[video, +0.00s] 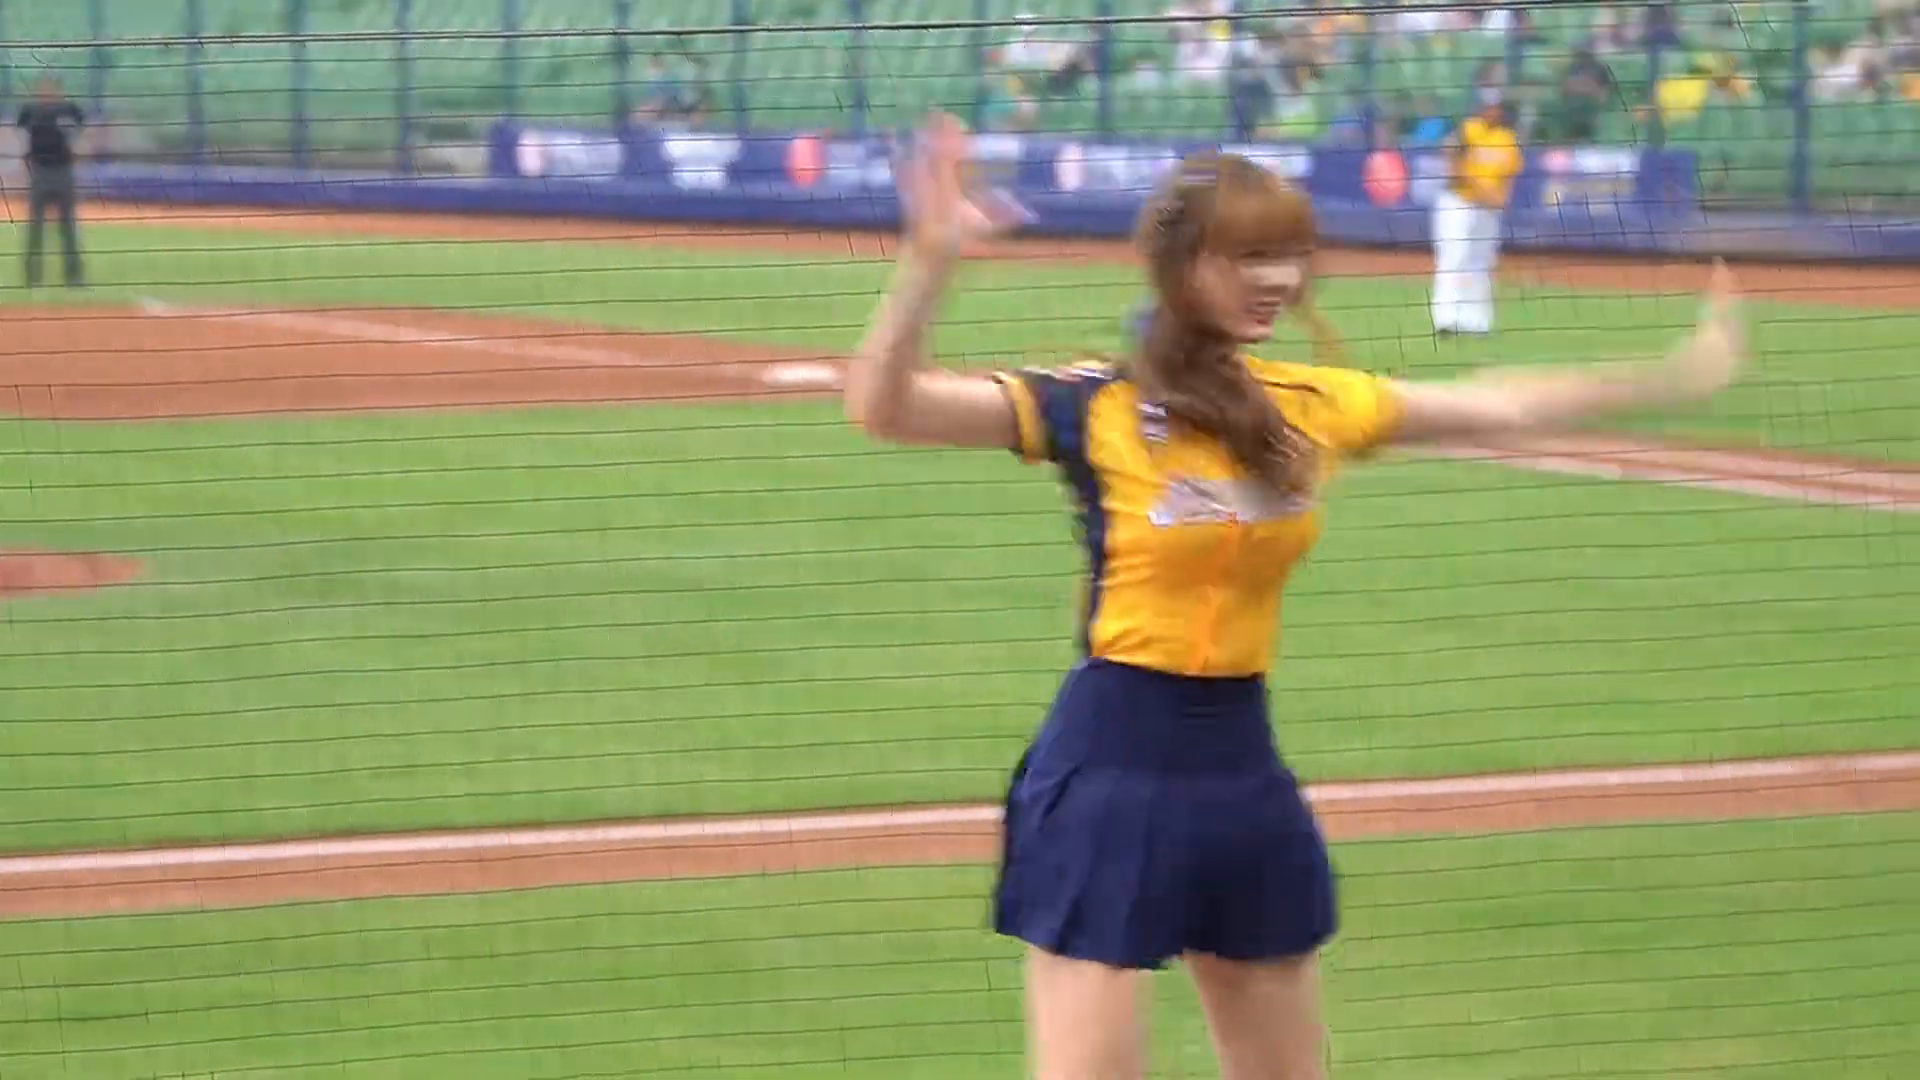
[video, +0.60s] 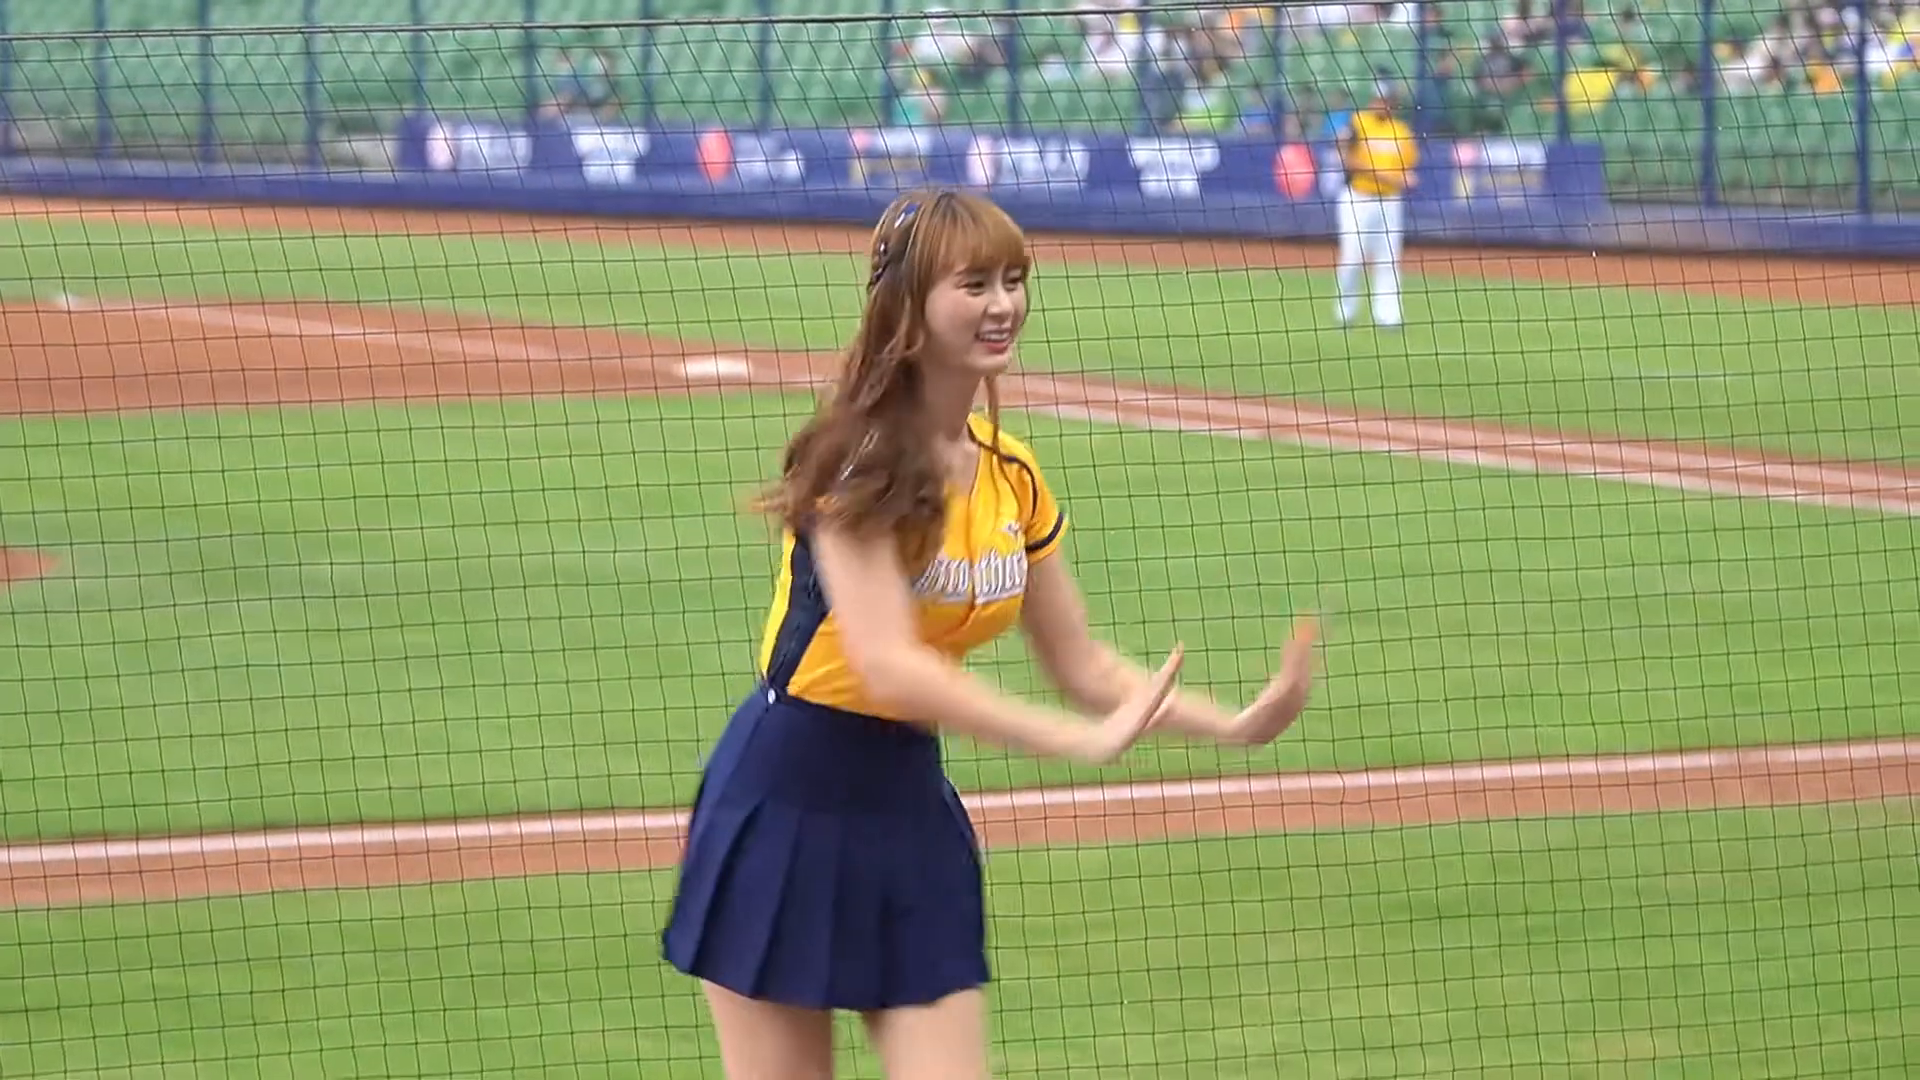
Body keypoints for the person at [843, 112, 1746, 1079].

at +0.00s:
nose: (1279, 279)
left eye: (1291, 258)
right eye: (1254, 256)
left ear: (1300, 269)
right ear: (1180, 261)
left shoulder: (1321, 405)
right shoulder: (1095, 405)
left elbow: (1510, 408)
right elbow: (883, 408)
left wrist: (1675, 377)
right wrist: (925, 259)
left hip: (1239, 756)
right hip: (1108, 758)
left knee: (1287, 1061)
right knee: (1087, 1063)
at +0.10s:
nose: (1156, 313)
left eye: (1167, 290)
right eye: (1130, 292)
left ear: (1181, 296)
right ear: (1054, 301)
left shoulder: (1209, 406)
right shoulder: (984, 430)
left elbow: (1359, 294)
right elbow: (819, 340)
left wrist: (1499, 177)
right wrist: (775, 179)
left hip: (1175, 796)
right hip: (1039, 802)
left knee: (1224, 1064)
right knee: (985, 1066)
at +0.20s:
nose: (1071, 321)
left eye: (1079, 298)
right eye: (1045, 299)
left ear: (1089, 308)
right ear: (975, 317)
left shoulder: (1108, 425)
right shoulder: (907, 461)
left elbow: (1258, 337)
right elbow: (746, 380)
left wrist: (1377, 191)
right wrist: (659, 244)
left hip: (1101, 812)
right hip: (961, 821)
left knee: (1164, 1063)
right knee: (927, 1065)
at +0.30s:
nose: (1039, 290)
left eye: (1044, 268)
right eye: (1014, 266)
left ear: (1048, 281)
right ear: (938, 285)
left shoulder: (1059, 415)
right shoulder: (865, 441)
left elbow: (1159, 507)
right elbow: (698, 512)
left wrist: (1284, 459)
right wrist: (627, 525)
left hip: (1048, 777)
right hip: (917, 786)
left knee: (1156, 1063)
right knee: (884, 1067)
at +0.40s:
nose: (1007, 319)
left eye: (1016, 296)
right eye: (980, 296)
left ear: (1027, 308)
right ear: (907, 312)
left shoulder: (1020, 467)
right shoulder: (835, 482)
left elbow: (1037, 672)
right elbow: (714, 667)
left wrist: (1158, 760)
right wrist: (709, 783)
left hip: (998, 819)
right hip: (866, 827)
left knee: (1124, 1068)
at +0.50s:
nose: (994, 353)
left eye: (1003, 329)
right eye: (965, 330)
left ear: (1014, 339)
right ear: (895, 344)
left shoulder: (1004, 511)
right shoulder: (825, 519)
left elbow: (998, 715)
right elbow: (787, 741)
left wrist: (1097, 818)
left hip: (950, 830)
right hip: (827, 830)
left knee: (1047, 1061)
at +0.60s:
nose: (1004, 304)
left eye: (1015, 281)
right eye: (974, 283)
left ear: (1029, 293)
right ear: (910, 305)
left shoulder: (1012, 472)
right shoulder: (852, 462)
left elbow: (1080, 658)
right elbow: (887, 665)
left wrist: (1227, 725)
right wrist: (1080, 739)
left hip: (909, 793)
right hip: (783, 792)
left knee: (950, 1061)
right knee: (780, 1065)